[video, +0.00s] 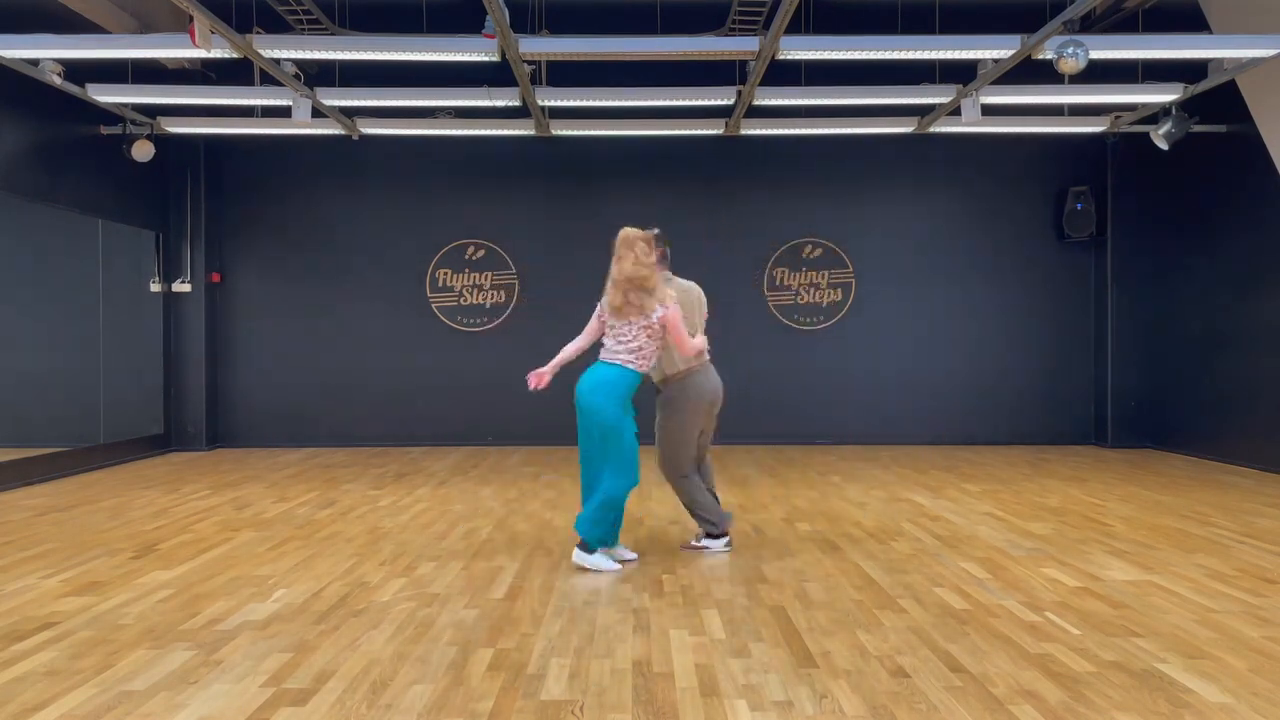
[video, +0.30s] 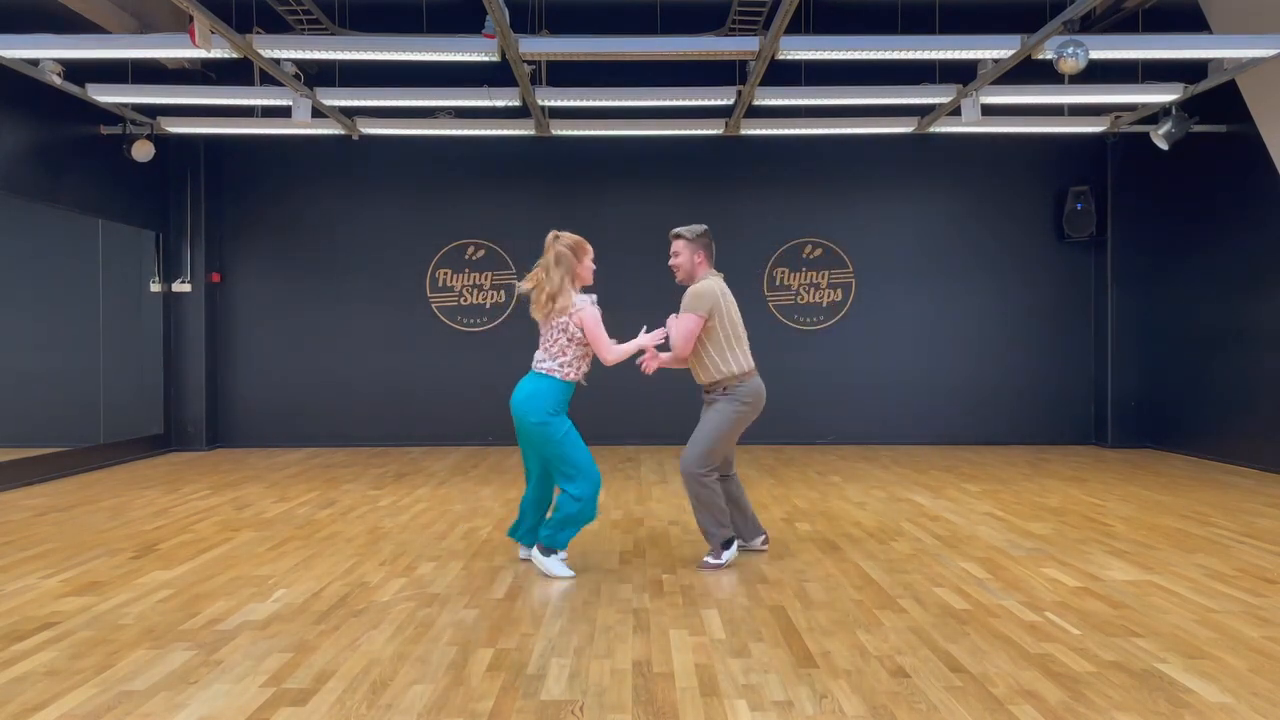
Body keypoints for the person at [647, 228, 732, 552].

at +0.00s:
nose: (639, 262)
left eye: (642, 256)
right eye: (644, 254)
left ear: (650, 257)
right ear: (665, 257)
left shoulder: (647, 297)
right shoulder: (694, 290)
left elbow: (643, 343)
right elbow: (697, 331)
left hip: (680, 386)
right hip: (707, 375)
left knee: (676, 467)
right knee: (698, 458)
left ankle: (716, 528)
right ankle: (713, 527)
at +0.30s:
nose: (671, 262)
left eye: (676, 255)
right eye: (671, 255)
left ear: (700, 256)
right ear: (697, 258)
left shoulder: (702, 290)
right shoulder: (711, 287)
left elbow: (681, 350)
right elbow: (699, 351)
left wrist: (671, 326)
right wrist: (663, 358)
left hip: (736, 392)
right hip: (724, 392)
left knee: (694, 465)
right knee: (720, 468)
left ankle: (723, 542)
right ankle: (752, 535)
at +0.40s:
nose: (676, 253)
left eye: (682, 246)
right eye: (676, 246)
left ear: (705, 249)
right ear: (702, 251)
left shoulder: (709, 282)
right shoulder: (714, 282)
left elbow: (694, 346)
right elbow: (693, 349)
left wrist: (681, 324)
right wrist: (656, 346)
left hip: (754, 377)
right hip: (747, 377)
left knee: (706, 452)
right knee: (709, 449)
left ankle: (755, 532)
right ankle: (734, 519)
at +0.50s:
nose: (687, 257)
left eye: (693, 250)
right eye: (688, 250)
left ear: (715, 255)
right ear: (714, 256)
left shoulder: (721, 288)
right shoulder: (720, 292)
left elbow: (721, 342)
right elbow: (695, 352)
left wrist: (693, 354)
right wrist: (656, 342)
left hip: (764, 384)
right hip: (756, 386)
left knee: (736, 480)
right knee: (707, 436)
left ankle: (789, 557)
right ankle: (741, 511)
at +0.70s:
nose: (691, 247)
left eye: (698, 240)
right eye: (693, 240)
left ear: (721, 246)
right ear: (714, 247)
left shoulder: (734, 276)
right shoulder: (718, 295)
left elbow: (775, 308)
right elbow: (703, 348)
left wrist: (742, 350)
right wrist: (663, 334)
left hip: (781, 374)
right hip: (769, 378)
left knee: (731, 460)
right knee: (732, 460)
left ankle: (784, 547)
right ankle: (780, 545)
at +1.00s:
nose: (681, 245)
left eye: (687, 237)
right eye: (681, 237)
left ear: (711, 238)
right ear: (705, 240)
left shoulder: (747, 268)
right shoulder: (685, 287)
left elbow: (761, 319)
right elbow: (656, 318)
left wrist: (706, 325)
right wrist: (621, 317)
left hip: (773, 374)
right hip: (736, 384)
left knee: (723, 445)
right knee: (699, 464)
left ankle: (752, 540)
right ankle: (733, 549)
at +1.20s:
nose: (669, 238)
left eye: (675, 231)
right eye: (669, 231)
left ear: (700, 231)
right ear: (694, 233)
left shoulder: (732, 269)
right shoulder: (675, 274)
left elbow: (703, 318)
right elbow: (658, 325)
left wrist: (651, 325)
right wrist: (633, 312)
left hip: (750, 375)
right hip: (713, 381)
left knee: (723, 454)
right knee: (691, 467)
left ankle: (727, 562)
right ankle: (731, 556)